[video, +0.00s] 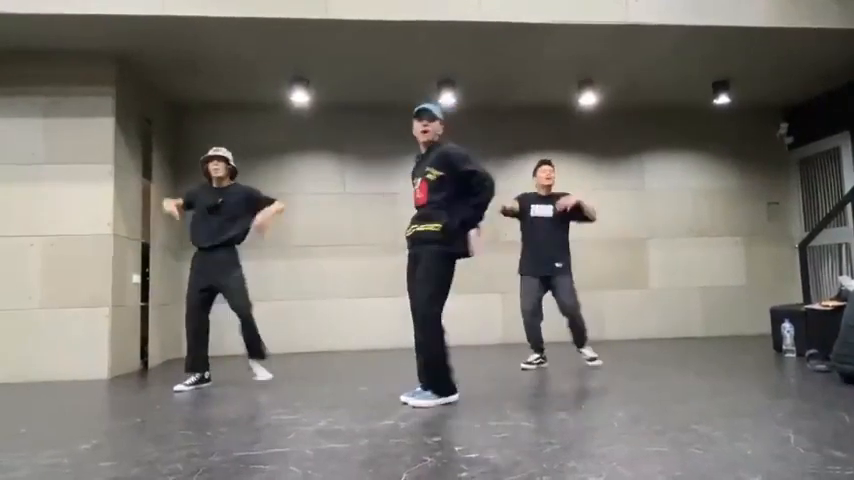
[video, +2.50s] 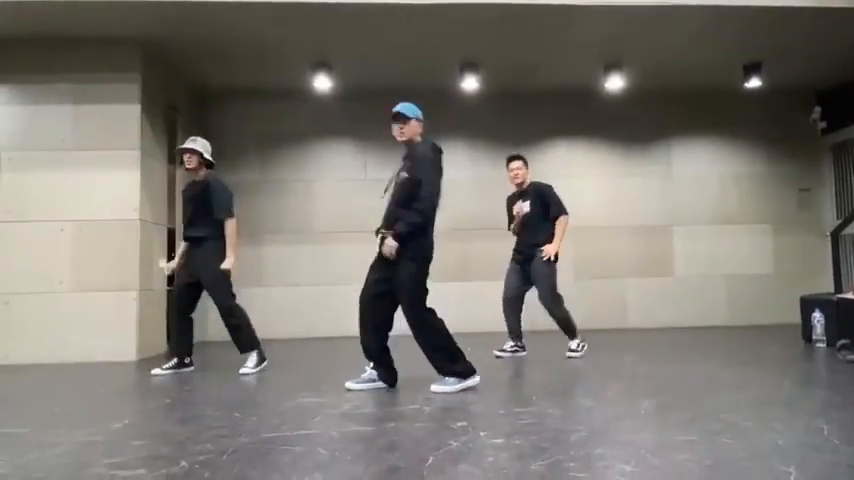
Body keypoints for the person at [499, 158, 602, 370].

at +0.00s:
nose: (548, 174)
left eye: (551, 171)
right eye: (543, 171)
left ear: (555, 176)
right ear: (535, 177)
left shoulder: (564, 201)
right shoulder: (525, 200)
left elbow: (591, 217)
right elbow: (511, 209)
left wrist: (577, 203)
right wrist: (508, 208)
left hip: (559, 267)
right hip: (531, 269)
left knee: (571, 307)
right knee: (529, 311)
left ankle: (582, 346)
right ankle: (538, 353)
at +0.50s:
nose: (544, 176)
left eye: (547, 172)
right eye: (540, 173)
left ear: (553, 175)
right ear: (533, 178)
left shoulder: (561, 198)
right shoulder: (536, 204)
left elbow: (566, 229)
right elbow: (535, 236)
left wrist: (566, 258)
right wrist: (530, 258)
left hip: (551, 263)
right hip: (531, 263)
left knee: (553, 308)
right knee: (533, 308)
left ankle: (564, 353)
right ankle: (544, 351)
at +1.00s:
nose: (549, 172)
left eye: (552, 167)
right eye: (545, 168)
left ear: (559, 170)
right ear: (539, 173)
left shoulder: (570, 194)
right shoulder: (542, 202)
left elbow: (593, 218)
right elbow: (539, 231)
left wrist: (579, 246)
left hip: (562, 258)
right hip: (541, 257)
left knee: (565, 305)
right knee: (517, 284)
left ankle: (570, 352)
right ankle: (540, 324)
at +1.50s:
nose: (542, 169)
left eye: (546, 165)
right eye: (538, 165)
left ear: (552, 169)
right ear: (532, 170)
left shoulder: (564, 194)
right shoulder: (529, 197)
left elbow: (587, 220)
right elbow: (521, 224)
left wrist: (575, 246)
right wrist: (541, 212)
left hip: (559, 256)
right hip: (535, 258)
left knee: (566, 304)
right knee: (524, 302)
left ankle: (575, 349)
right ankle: (516, 346)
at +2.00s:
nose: (511, 175)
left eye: (515, 171)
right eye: (507, 172)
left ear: (523, 174)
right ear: (503, 178)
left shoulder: (539, 196)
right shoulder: (506, 205)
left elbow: (555, 225)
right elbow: (506, 235)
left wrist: (547, 251)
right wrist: (514, 222)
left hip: (536, 255)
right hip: (514, 257)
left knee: (536, 303)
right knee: (505, 301)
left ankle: (571, 337)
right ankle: (513, 346)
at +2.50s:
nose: (516, 173)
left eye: (519, 168)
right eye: (512, 170)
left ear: (527, 171)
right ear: (508, 174)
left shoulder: (542, 190)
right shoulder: (512, 200)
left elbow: (563, 217)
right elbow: (514, 230)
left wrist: (555, 245)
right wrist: (518, 219)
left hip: (542, 253)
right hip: (520, 256)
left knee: (548, 297)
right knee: (510, 298)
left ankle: (574, 339)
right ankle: (516, 342)